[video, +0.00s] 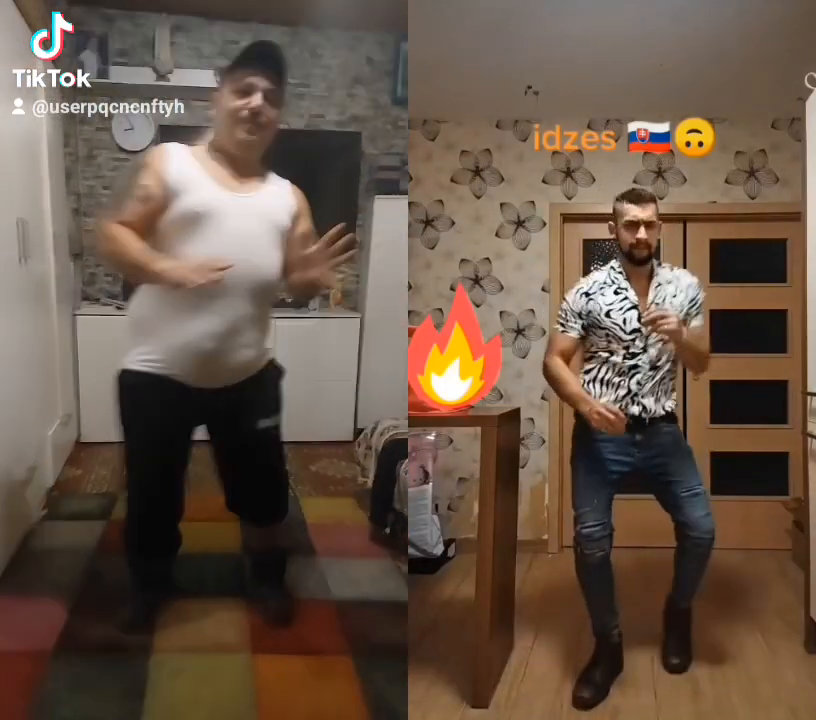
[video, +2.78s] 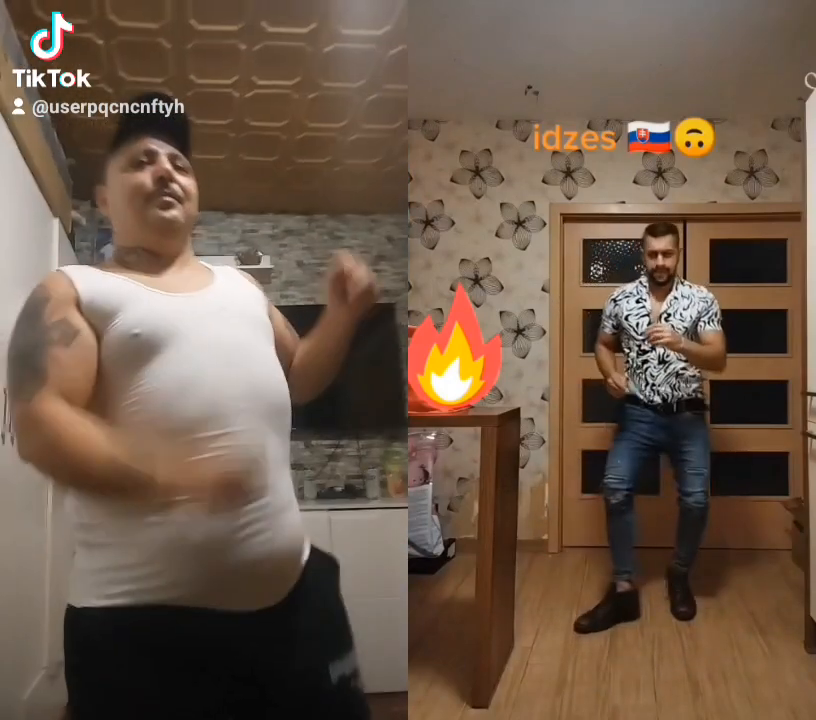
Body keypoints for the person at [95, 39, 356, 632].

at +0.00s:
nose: (255, 107)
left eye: (269, 99)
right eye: (245, 92)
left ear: (281, 117)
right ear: (216, 97)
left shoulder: (287, 198)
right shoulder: (168, 164)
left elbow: (298, 283)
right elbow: (113, 233)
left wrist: (304, 277)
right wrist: (167, 268)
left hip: (245, 374)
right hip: (158, 371)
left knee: (264, 495)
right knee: (152, 499)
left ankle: (268, 584)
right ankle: (147, 594)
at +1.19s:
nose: (195, 89)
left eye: (214, 75)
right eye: (183, 76)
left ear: (249, 90)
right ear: (170, 90)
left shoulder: (276, 184)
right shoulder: (137, 181)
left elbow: (335, 274)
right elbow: (77, 264)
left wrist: (304, 190)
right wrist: (54, 219)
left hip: (254, 413)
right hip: (150, 412)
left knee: (265, 550)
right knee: (127, 558)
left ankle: (261, 643)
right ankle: (119, 651)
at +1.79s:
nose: (210, 181)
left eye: (221, 164)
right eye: (194, 172)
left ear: (246, 176)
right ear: (176, 193)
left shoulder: (293, 248)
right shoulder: (158, 276)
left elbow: (350, 326)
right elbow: (123, 368)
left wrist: (353, 267)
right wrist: (120, 322)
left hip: (288, 480)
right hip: (186, 483)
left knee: (299, 627)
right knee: (152, 633)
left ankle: (292, 703)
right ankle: (136, 705)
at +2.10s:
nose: (258, 244)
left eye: (272, 232)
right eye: (242, 230)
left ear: (286, 248)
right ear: (212, 247)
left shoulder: (316, 330)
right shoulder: (170, 325)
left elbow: (370, 414)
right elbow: (102, 399)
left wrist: (359, 327)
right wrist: (92, 355)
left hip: (286, 575)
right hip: (169, 574)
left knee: (308, 712)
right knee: (140, 712)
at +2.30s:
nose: (237, 273)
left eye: (253, 266)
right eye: (221, 262)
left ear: (269, 293)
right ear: (194, 283)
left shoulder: (292, 376)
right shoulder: (140, 356)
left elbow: (329, 494)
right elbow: (51, 429)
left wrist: (307, 400)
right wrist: (55, 347)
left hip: (250, 650)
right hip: (118, 648)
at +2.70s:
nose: (172, 180)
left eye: (184, 172)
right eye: (148, 168)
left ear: (201, 204)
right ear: (108, 202)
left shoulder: (245, 296)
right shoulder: (71, 292)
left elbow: (289, 395)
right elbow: (22, 413)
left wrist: (333, 357)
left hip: (264, 609)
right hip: (119, 620)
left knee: (304, 706)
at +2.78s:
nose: (164, 173)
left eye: (178, 164)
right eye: (139, 161)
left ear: (198, 196)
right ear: (102, 196)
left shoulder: (241, 288)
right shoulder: (72, 291)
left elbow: (298, 380)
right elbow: (42, 421)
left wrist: (343, 313)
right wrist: (164, 475)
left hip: (289, 608)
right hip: (142, 625)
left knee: (330, 711)